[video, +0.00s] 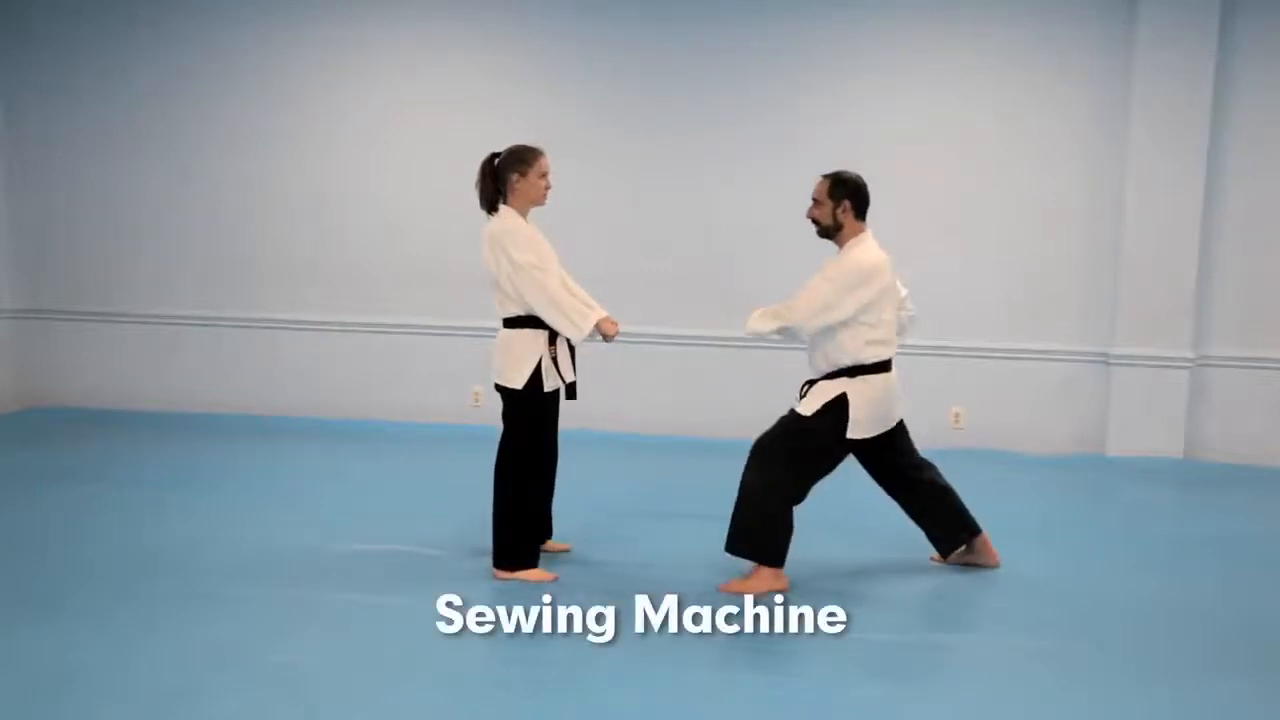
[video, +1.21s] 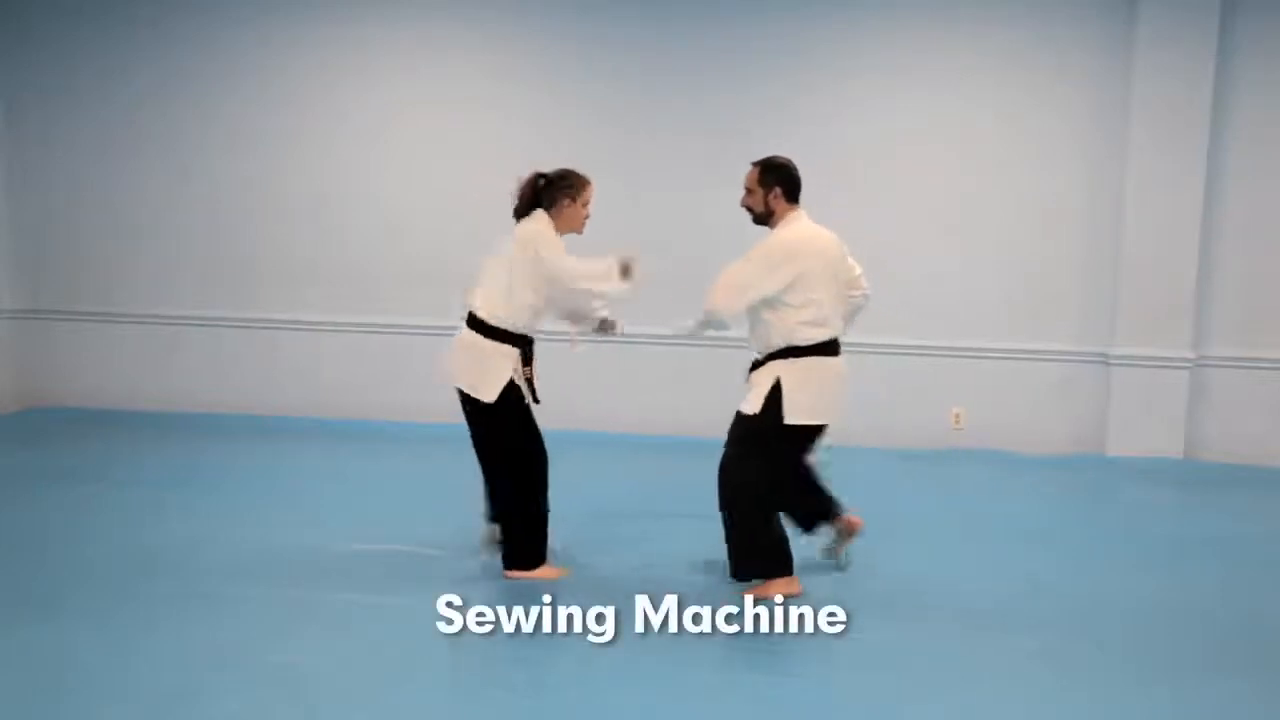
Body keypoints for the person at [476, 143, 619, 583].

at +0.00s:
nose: (549, 184)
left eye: (548, 176)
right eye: (542, 177)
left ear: (520, 183)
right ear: (515, 181)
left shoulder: (525, 228)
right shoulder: (506, 230)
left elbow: (560, 278)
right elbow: (541, 289)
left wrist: (596, 314)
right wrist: (591, 323)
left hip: (544, 353)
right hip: (525, 355)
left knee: (541, 453)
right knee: (521, 457)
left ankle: (534, 536)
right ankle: (511, 562)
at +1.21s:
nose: (589, 215)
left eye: (589, 206)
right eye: (585, 206)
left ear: (558, 204)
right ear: (564, 204)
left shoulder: (529, 233)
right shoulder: (540, 235)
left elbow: (554, 295)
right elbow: (564, 278)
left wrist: (594, 317)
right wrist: (615, 271)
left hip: (480, 360)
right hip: (493, 366)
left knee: (508, 457)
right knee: (529, 459)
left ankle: (516, 549)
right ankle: (524, 562)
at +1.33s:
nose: (576, 219)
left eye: (576, 211)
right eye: (571, 210)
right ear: (548, 206)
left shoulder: (542, 252)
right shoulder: (519, 238)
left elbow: (544, 309)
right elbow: (549, 228)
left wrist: (564, 330)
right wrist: (564, 213)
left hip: (467, 366)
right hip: (478, 371)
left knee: (448, 452)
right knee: (525, 462)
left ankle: (386, 510)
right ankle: (521, 562)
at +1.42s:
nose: (560, 221)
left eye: (560, 213)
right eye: (556, 213)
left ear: (541, 217)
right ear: (535, 215)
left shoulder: (534, 259)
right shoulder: (501, 245)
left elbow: (538, 311)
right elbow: (495, 223)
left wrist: (535, 340)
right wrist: (515, 199)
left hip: (462, 373)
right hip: (474, 377)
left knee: (409, 455)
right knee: (531, 465)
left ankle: (340, 512)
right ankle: (522, 562)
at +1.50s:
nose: (538, 224)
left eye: (537, 216)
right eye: (533, 216)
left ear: (511, 217)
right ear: (511, 218)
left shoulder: (512, 260)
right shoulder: (476, 248)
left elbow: (500, 334)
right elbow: (462, 228)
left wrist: (510, 392)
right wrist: (476, 195)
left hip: (439, 376)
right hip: (464, 382)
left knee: (391, 459)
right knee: (532, 466)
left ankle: (315, 521)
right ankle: (527, 563)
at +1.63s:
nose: (495, 230)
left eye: (495, 222)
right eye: (493, 222)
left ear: (449, 223)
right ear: (478, 224)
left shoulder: (414, 265)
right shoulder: (475, 263)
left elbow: (395, 321)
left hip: (400, 393)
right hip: (455, 398)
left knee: (354, 466)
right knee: (527, 458)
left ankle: (306, 547)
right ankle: (527, 553)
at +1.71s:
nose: (473, 229)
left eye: (469, 221)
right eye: (466, 224)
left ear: (415, 233)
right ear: (451, 233)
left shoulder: (383, 275)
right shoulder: (470, 273)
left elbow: (341, 305)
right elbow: (506, 286)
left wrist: (380, 329)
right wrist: (485, 247)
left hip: (392, 402)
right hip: (454, 404)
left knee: (336, 457)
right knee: (523, 459)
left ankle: (305, 548)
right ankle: (534, 551)